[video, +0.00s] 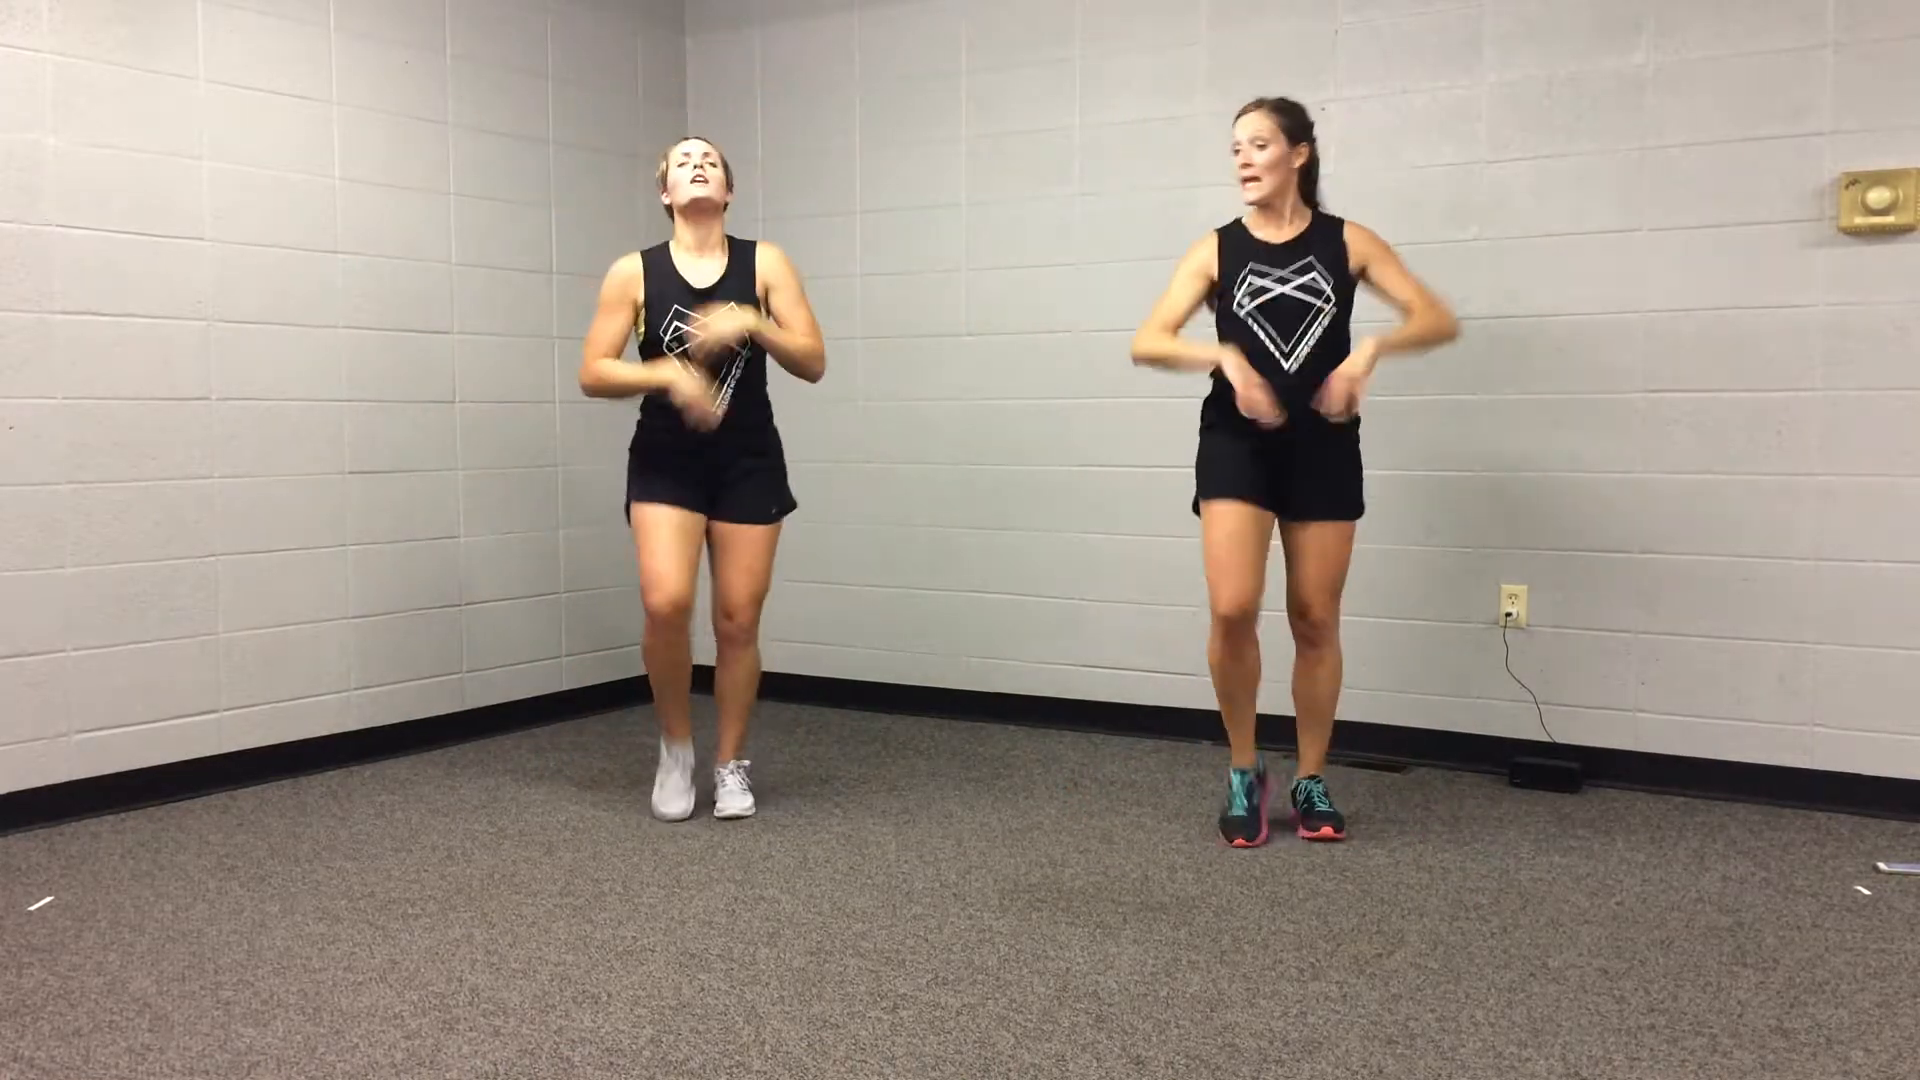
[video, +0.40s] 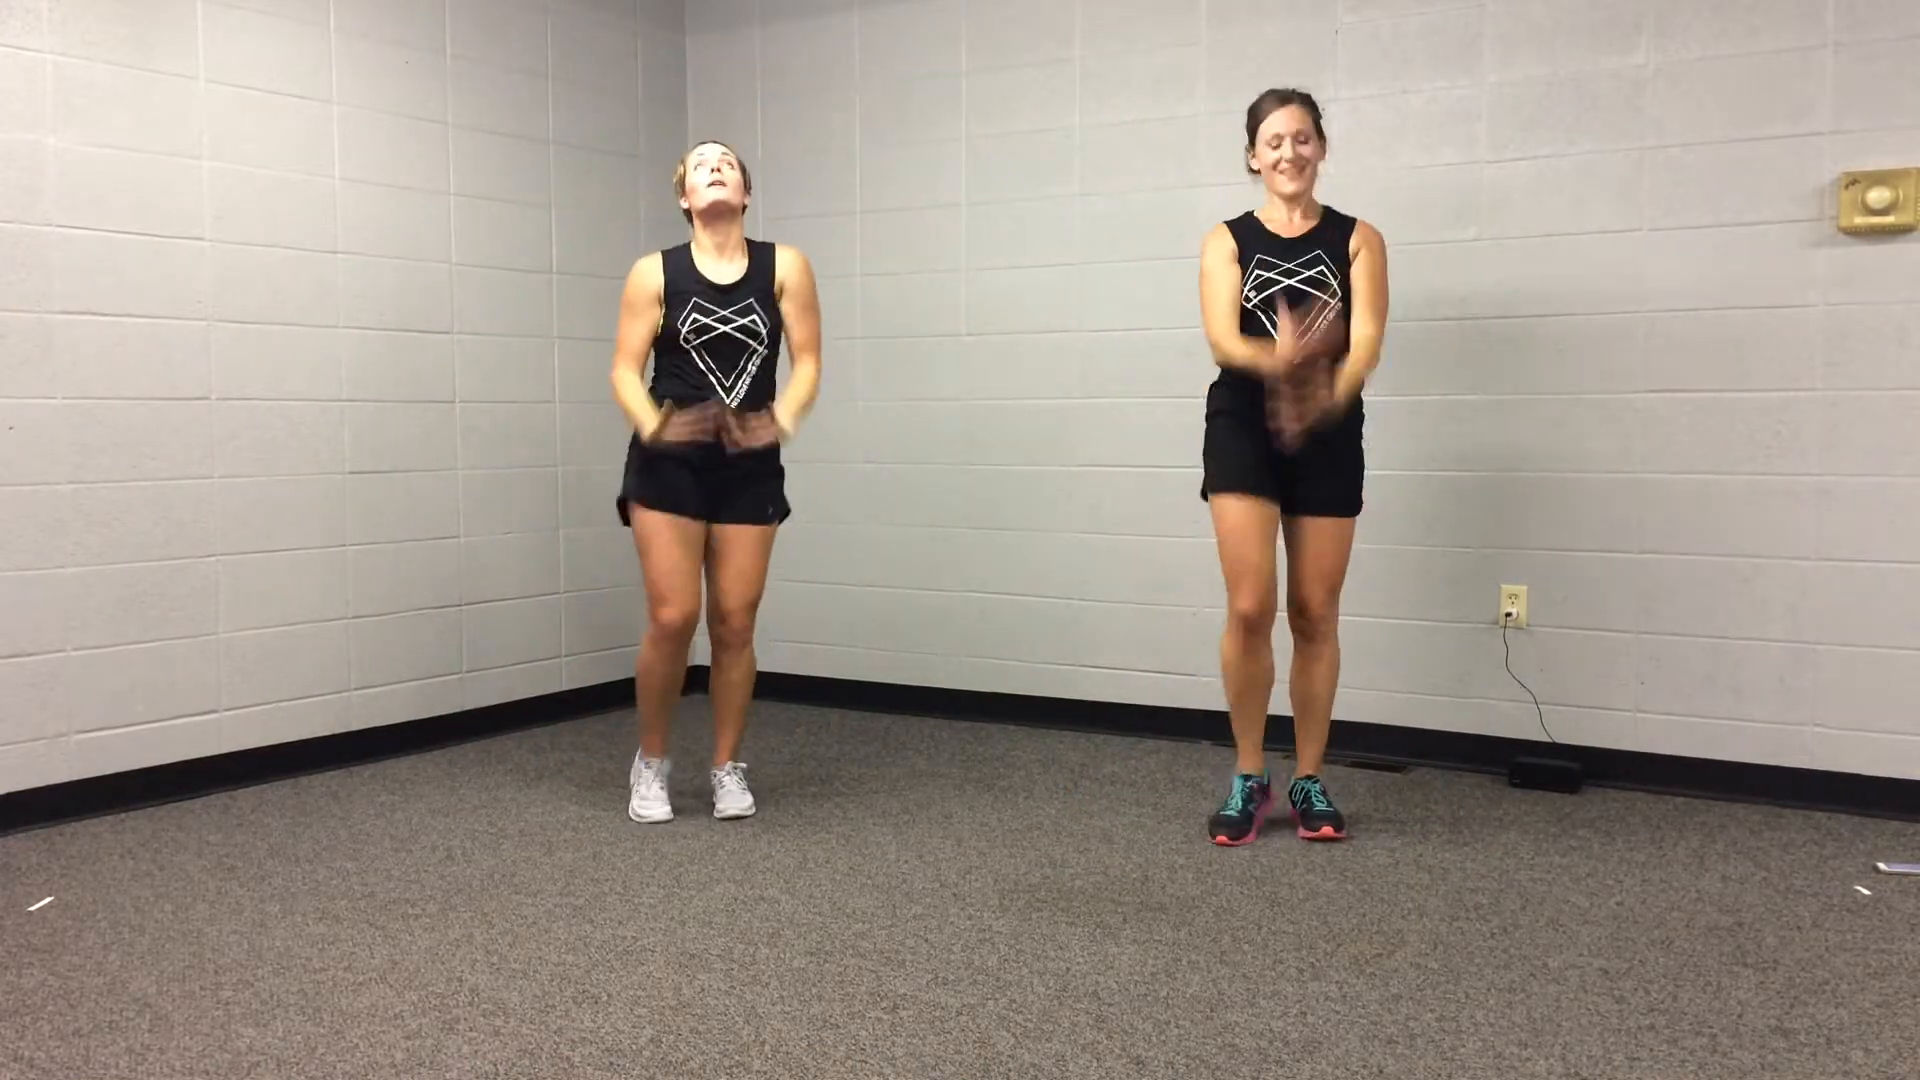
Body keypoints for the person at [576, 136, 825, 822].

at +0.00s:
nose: (699, 166)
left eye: (711, 161)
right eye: (684, 161)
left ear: (729, 190)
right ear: (664, 191)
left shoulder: (766, 262)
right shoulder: (633, 272)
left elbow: (814, 362)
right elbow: (594, 372)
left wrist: (751, 323)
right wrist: (669, 372)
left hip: (748, 457)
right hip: (665, 458)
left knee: (737, 619)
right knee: (665, 604)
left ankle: (731, 763)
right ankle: (675, 752)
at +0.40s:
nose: (715, 170)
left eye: (727, 165)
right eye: (701, 167)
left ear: (747, 193)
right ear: (683, 197)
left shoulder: (785, 266)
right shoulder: (653, 273)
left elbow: (807, 363)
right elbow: (624, 370)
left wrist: (780, 420)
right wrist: (653, 425)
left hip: (750, 462)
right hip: (667, 462)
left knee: (735, 623)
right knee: (673, 618)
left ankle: (727, 766)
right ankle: (651, 762)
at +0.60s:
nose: (715, 172)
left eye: (727, 168)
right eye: (701, 170)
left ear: (747, 199)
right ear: (683, 201)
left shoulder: (784, 275)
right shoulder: (654, 281)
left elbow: (835, 366)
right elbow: (603, 376)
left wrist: (892, 441)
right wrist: (549, 455)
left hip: (755, 469)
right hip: (672, 465)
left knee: (738, 626)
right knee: (655, 609)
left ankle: (728, 766)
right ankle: (653, 746)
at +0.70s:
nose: (720, 185)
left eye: (730, 180)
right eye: (707, 182)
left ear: (749, 210)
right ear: (687, 212)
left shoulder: (783, 286)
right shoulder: (652, 285)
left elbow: (864, 347)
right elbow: (572, 356)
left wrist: (935, 393)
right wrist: (491, 413)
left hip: (763, 474)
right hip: (681, 471)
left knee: (748, 630)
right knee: (644, 574)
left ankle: (730, 768)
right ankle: (658, 689)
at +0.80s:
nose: (721, 173)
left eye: (733, 169)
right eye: (707, 168)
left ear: (751, 200)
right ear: (685, 197)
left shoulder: (783, 271)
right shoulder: (654, 269)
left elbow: (880, 301)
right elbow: (555, 304)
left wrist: (968, 321)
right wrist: (455, 326)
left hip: (762, 467)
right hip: (680, 462)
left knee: (744, 627)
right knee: (647, 574)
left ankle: (729, 766)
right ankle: (655, 691)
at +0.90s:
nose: (722, 164)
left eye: (733, 158)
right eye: (708, 159)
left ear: (752, 184)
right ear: (688, 186)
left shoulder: (784, 252)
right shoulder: (658, 248)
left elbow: (878, 249)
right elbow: (542, 247)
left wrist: (953, 240)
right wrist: (440, 236)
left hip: (758, 458)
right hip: (675, 452)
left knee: (736, 617)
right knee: (661, 601)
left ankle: (727, 767)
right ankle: (644, 748)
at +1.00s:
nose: (724, 167)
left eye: (736, 161)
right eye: (709, 163)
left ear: (755, 188)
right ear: (689, 192)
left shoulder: (785, 255)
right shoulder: (663, 250)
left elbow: (877, 214)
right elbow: (554, 209)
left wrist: (962, 168)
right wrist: (461, 160)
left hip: (756, 467)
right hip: (672, 465)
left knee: (736, 621)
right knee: (669, 621)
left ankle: (727, 768)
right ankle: (645, 774)